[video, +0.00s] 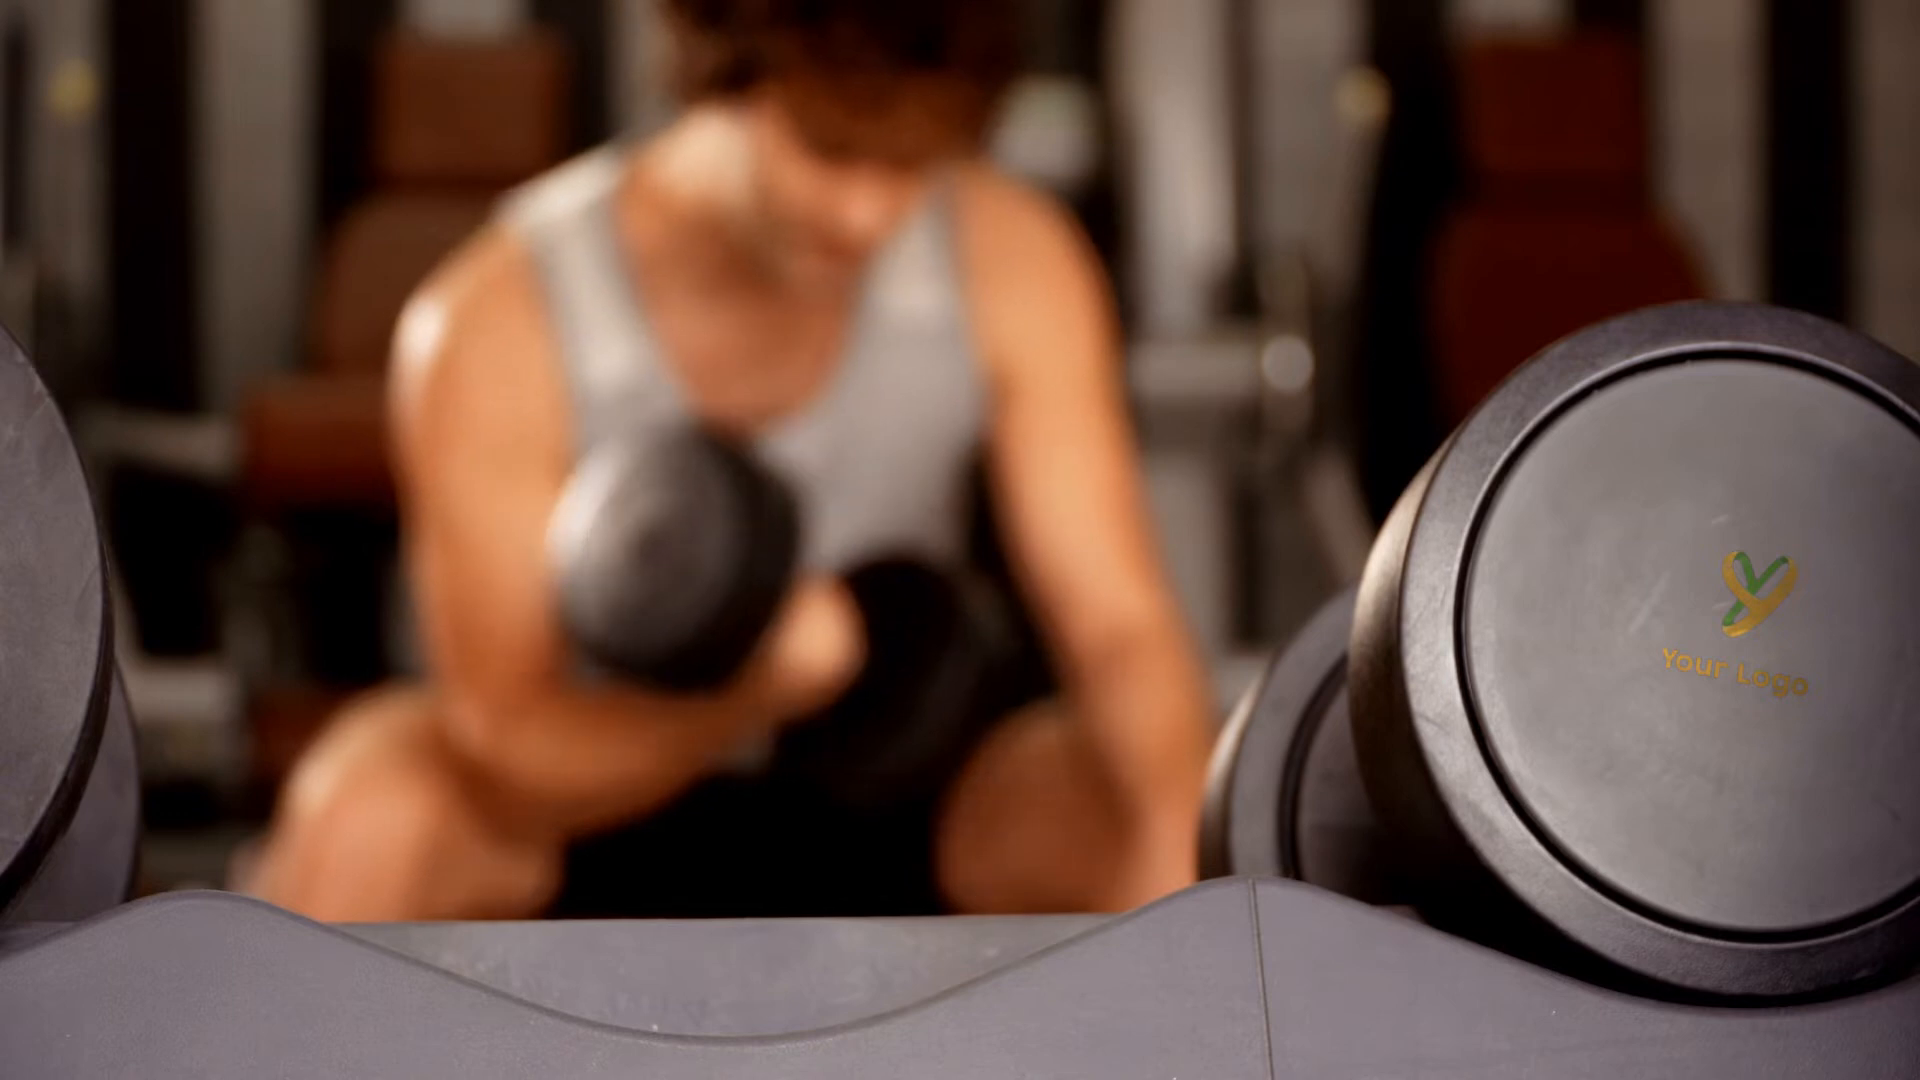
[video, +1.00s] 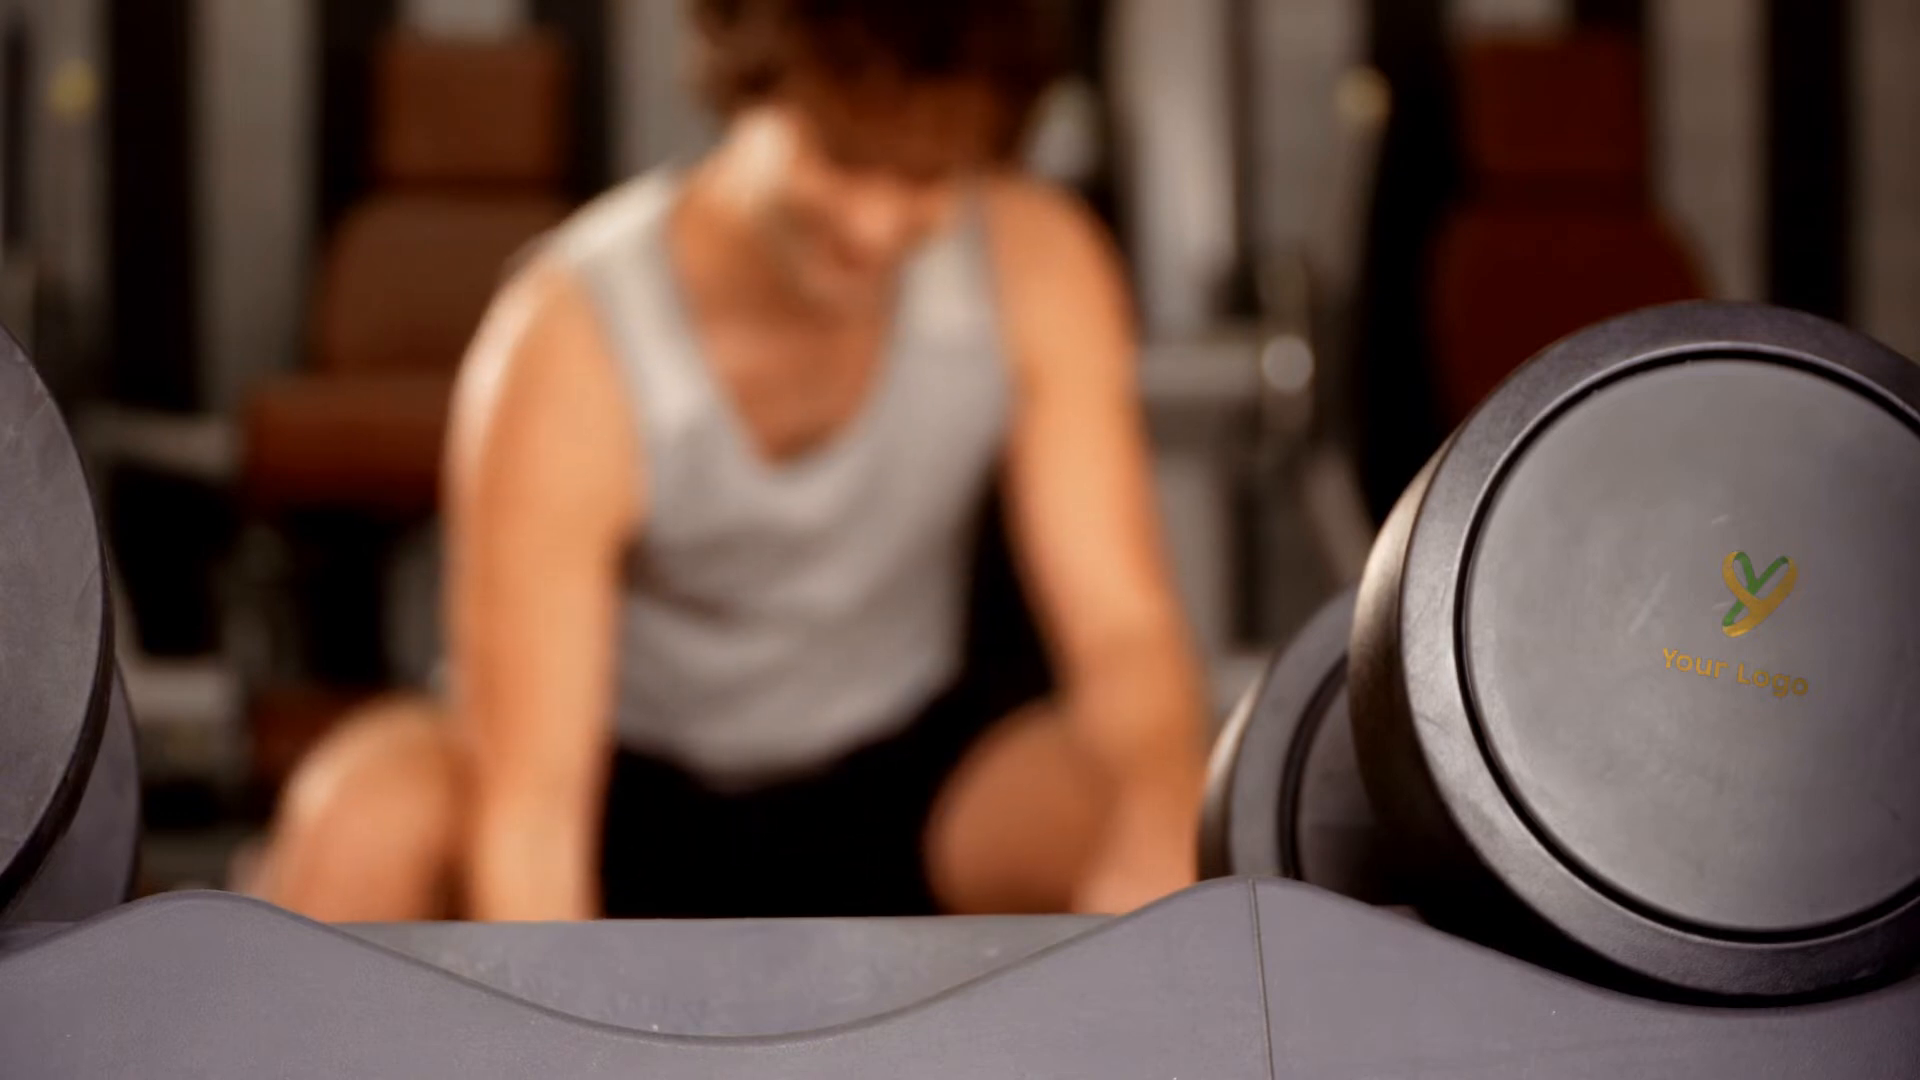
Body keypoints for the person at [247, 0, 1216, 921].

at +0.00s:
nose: (868, 213)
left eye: (916, 163)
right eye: (833, 152)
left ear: (966, 129)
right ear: (729, 75)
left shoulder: (1008, 252)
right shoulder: (495, 318)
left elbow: (1120, 628)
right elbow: (516, 752)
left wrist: (1186, 875)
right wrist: (751, 692)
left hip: (895, 789)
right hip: (601, 800)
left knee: (1166, 807)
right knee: (369, 803)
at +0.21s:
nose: (875, 205)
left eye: (923, 158)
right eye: (841, 145)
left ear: (983, 123)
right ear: (744, 68)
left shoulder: (1025, 252)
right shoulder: (526, 317)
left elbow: (1126, 638)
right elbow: (520, 732)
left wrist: (1165, 868)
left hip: (905, 795)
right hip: (628, 792)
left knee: (1189, 767)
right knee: (364, 787)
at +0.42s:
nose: (879, 211)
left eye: (930, 165)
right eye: (846, 149)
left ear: (992, 133)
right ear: (754, 74)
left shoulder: (1037, 255)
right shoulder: (551, 332)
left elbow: (1125, 637)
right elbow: (518, 789)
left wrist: (1158, 862)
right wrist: (656, 1041)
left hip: (901, 786)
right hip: (622, 796)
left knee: (1184, 802)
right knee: (358, 795)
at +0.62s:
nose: (881, 227)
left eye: (931, 179)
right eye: (844, 164)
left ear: (994, 148)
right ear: (751, 87)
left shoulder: (1039, 258)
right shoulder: (566, 339)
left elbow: (1126, 641)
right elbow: (526, 794)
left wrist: (1152, 866)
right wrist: (595, 1058)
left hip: (900, 785)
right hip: (623, 796)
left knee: (1174, 804)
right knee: (365, 802)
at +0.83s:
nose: (880, 228)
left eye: (930, 181)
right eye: (842, 166)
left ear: (993, 150)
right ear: (750, 92)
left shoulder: (1035, 257)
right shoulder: (567, 344)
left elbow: (1124, 641)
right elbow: (538, 800)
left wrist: (1152, 866)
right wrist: (572, 1063)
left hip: (896, 783)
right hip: (621, 796)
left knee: (1170, 804)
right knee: (369, 805)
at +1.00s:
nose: (876, 225)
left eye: (927, 178)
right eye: (840, 162)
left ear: (989, 148)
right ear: (750, 86)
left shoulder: (1034, 259)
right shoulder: (566, 344)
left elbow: (1123, 641)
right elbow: (533, 804)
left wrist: (1147, 859)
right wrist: (558, 1066)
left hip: (894, 786)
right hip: (618, 798)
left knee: (1167, 801)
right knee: (364, 804)